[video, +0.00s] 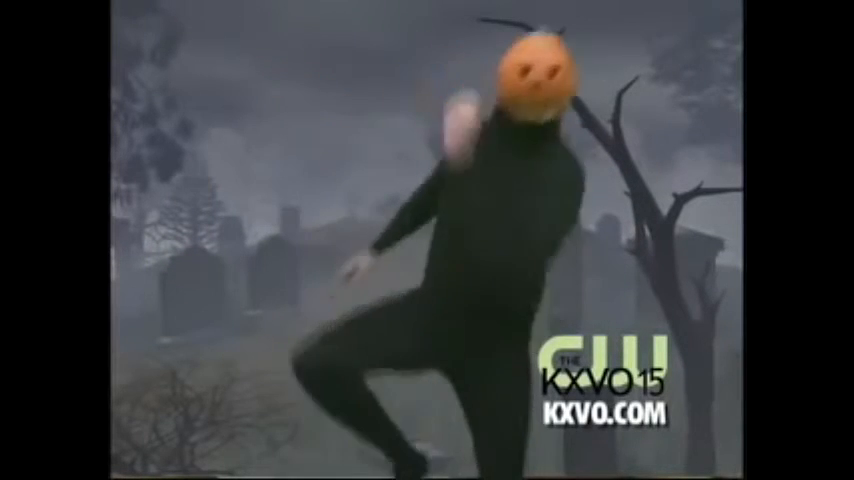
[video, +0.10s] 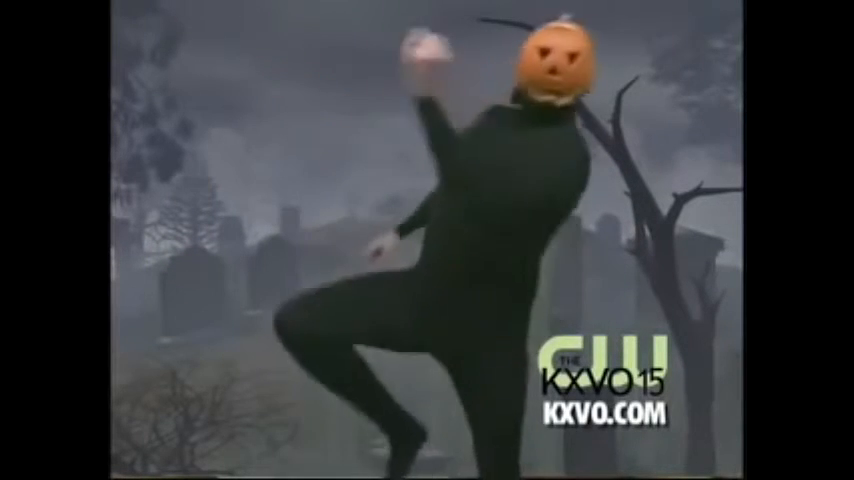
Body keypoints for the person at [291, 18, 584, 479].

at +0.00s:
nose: (527, 110)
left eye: (540, 102)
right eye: (521, 90)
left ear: (560, 106)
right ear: (501, 94)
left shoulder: (563, 174)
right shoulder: (481, 138)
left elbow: (511, 256)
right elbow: (435, 194)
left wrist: (463, 166)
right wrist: (375, 251)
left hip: (498, 342)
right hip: (432, 314)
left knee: (503, 472)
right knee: (317, 364)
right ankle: (407, 461)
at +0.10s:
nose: (556, 63)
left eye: (572, 57)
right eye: (546, 51)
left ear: (586, 78)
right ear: (523, 62)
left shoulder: (568, 156)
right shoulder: (495, 122)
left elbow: (485, 198)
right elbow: (456, 188)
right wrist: (400, 232)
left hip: (491, 327)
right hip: (425, 297)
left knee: (499, 469)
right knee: (300, 323)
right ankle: (403, 431)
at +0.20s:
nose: (556, 71)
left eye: (573, 66)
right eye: (547, 59)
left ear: (588, 93)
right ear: (522, 73)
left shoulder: (569, 166)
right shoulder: (502, 136)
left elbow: (470, 181)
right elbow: (467, 206)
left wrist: (388, 101)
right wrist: (420, 240)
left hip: (488, 341)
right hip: (427, 307)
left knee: (490, 471)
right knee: (297, 313)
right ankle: (377, 445)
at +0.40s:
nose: (522, 103)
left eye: (539, 93)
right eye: (509, 89)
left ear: (558, 108)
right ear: (488, 96)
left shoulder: (557, 188)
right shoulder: (471, 146)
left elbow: (474, 233)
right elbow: (445, 223)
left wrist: (390, 139)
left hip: (495, 356)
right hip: (429, 328)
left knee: (496, 470)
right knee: (312, 347)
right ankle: (349, 473)